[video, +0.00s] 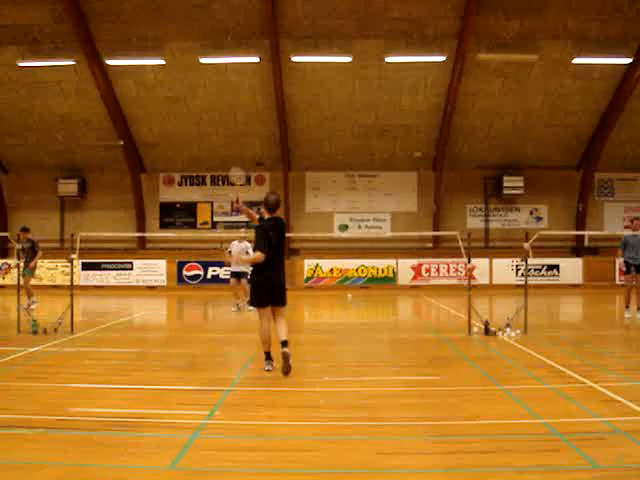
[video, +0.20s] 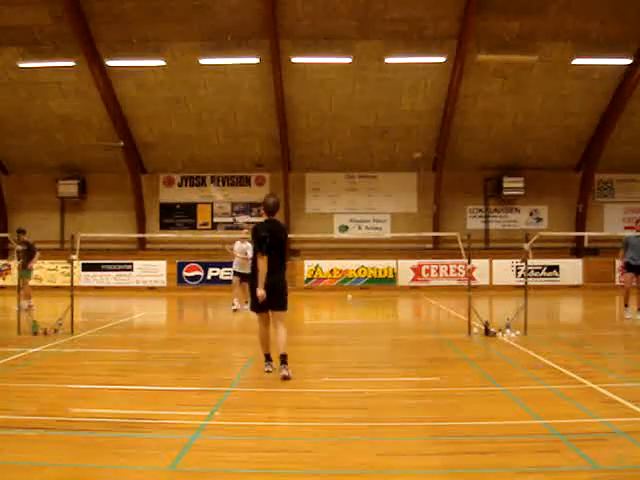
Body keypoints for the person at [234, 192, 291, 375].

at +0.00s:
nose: (263, 208)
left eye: (264, 204)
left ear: (263, 207)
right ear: (278, 207)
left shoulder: (262, 227)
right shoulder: (281, 224)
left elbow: (260, 256)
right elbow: (258, 220)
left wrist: (239, 259)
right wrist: (244, 209)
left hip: (262, 277)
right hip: (278, 276)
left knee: (264, 317)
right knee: (279, 314)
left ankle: (268, 358)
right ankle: (284, 346)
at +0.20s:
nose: (263, 210)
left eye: (263, 207)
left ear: (262, 209)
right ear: (278, 210)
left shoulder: (259, 229)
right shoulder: (282, 229)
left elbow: (261, 260)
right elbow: (284, 257)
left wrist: (261, 286)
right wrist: (281, 279)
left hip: (262, 281)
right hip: (278, 281)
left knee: (263, 321)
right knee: (279, 320)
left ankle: (267, 360)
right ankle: (283, 361)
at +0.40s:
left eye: (262, 207)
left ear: (261, 209)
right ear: (276, 210)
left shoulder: (253, 229)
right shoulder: (281, 231)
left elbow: (252, 260)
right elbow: (284, 260)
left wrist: (248, 283)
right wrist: (283, 280)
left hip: (258, 282)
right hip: (276, 282)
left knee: (259, 322)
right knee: (278, 323)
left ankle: (263, 360)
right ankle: (283, 367)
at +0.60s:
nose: (267, 215)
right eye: (268, 213)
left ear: (250, 212)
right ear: (267, 214)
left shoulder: (236, 231)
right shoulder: (273, 235)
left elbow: (220, 254)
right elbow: (290, 263)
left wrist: (207, 275)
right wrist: (305, 285)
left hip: (239, 285)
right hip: (262, 286)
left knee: (234, 323)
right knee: (272, 326)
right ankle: (283, 369)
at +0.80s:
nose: (248, 226)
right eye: (248, 223)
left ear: (231, 224)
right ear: (246, 224)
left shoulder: (217, 242)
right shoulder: (250, 243)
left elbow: (196, 266)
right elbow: (267, 264)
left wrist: (184, 283)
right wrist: (288, 281)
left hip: (217, 292)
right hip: (242, 293)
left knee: (200, 332)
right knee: (261, 330)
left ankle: (182, 374)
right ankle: (282, 370)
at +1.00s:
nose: (234, 231)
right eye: (233, 228)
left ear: (215, 230)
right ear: (231, 230)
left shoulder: (204, 247)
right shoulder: (234, 248)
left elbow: (182, 270)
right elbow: (247, 272)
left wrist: (181, 288)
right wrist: (260, 290)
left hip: (199, 289)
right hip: (224, 290)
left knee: (179, 325)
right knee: (247, 329)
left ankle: (170, 363)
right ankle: (267, 370)